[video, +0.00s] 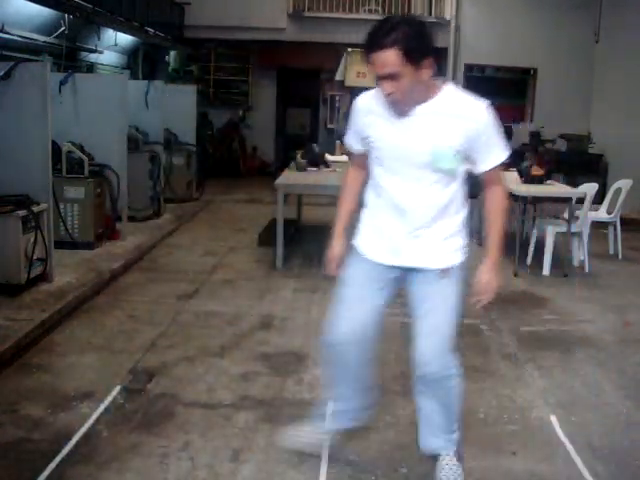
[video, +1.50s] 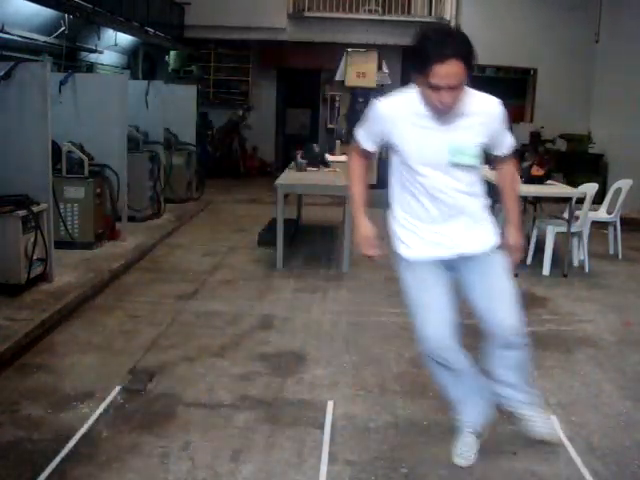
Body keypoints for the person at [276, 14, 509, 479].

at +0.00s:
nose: (383, 88)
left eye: (391, 77)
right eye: (376, 78)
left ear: (426, 67)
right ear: (370, 71)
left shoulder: (470, 114)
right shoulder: (367, 108)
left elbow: (494, 185)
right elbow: (357, 168)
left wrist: (491, 261)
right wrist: (339, 235)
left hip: (439, 257)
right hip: (374, 249)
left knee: (433, 361)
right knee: (343, 334)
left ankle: (445, 449)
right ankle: (343, 413)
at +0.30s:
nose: (272, 82)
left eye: (283, 74)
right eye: (266, 71)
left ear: (311, 70)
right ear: (258, 64)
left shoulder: (336, 122)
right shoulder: (242, 92)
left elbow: (353, 191)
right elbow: (223, 141)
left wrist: (355, 266)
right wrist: (207, 202)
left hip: (294, 250)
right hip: (234, 240)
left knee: (299, 344)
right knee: (212, 324)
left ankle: (344, 420)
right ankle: (222, 410)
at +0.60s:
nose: (177, 135)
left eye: (186, 125)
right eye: (168, 125)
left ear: (203, 118)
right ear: (156, 117)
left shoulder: (227, 160)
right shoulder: (136, 140)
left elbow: (248, 221)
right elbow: (126, 192)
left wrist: (242, 289)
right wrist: (104, 250)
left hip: (188, 281)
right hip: (130, 270)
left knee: (175, 364)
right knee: (88, 342)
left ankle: (180, 419)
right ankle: (52, 407)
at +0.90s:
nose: (226, 97)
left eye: (235, 87)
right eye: (217, 88)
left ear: (249, 78)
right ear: (201, 80)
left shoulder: (274, 120)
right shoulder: (177, 109)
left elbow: (284, 178)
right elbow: (158, 159)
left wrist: (272, 243)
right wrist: (130, 217)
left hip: (236, 257)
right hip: (176, 243)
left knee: (208, 344)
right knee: (132, 322)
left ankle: (182, 408)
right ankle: (101, 401)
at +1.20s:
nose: (348, 115)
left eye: (357, 105)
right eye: (339, 106)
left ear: (365, 97)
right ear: (315, 96)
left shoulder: (376, 135)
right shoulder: (280, 130)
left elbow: (375, 196)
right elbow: (253, 188)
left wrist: (377, 257)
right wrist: (239, 256)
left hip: (352, 265)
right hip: (285, 266)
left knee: (390, 343)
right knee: (252, 344)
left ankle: (412, 422)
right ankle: (205, 415)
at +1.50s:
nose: (444, 98)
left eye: (454, 87)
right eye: (435, 88)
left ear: (467, 76)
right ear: (418, 78)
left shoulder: (488, 111)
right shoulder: (388, 111)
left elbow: (505, 162)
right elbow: (359, 152)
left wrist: (513, 224)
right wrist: (360, 218)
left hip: (478, 240)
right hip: (417, 247)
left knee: (507, 326)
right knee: (435, 339)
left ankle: (519, 399)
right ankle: (472, 414)